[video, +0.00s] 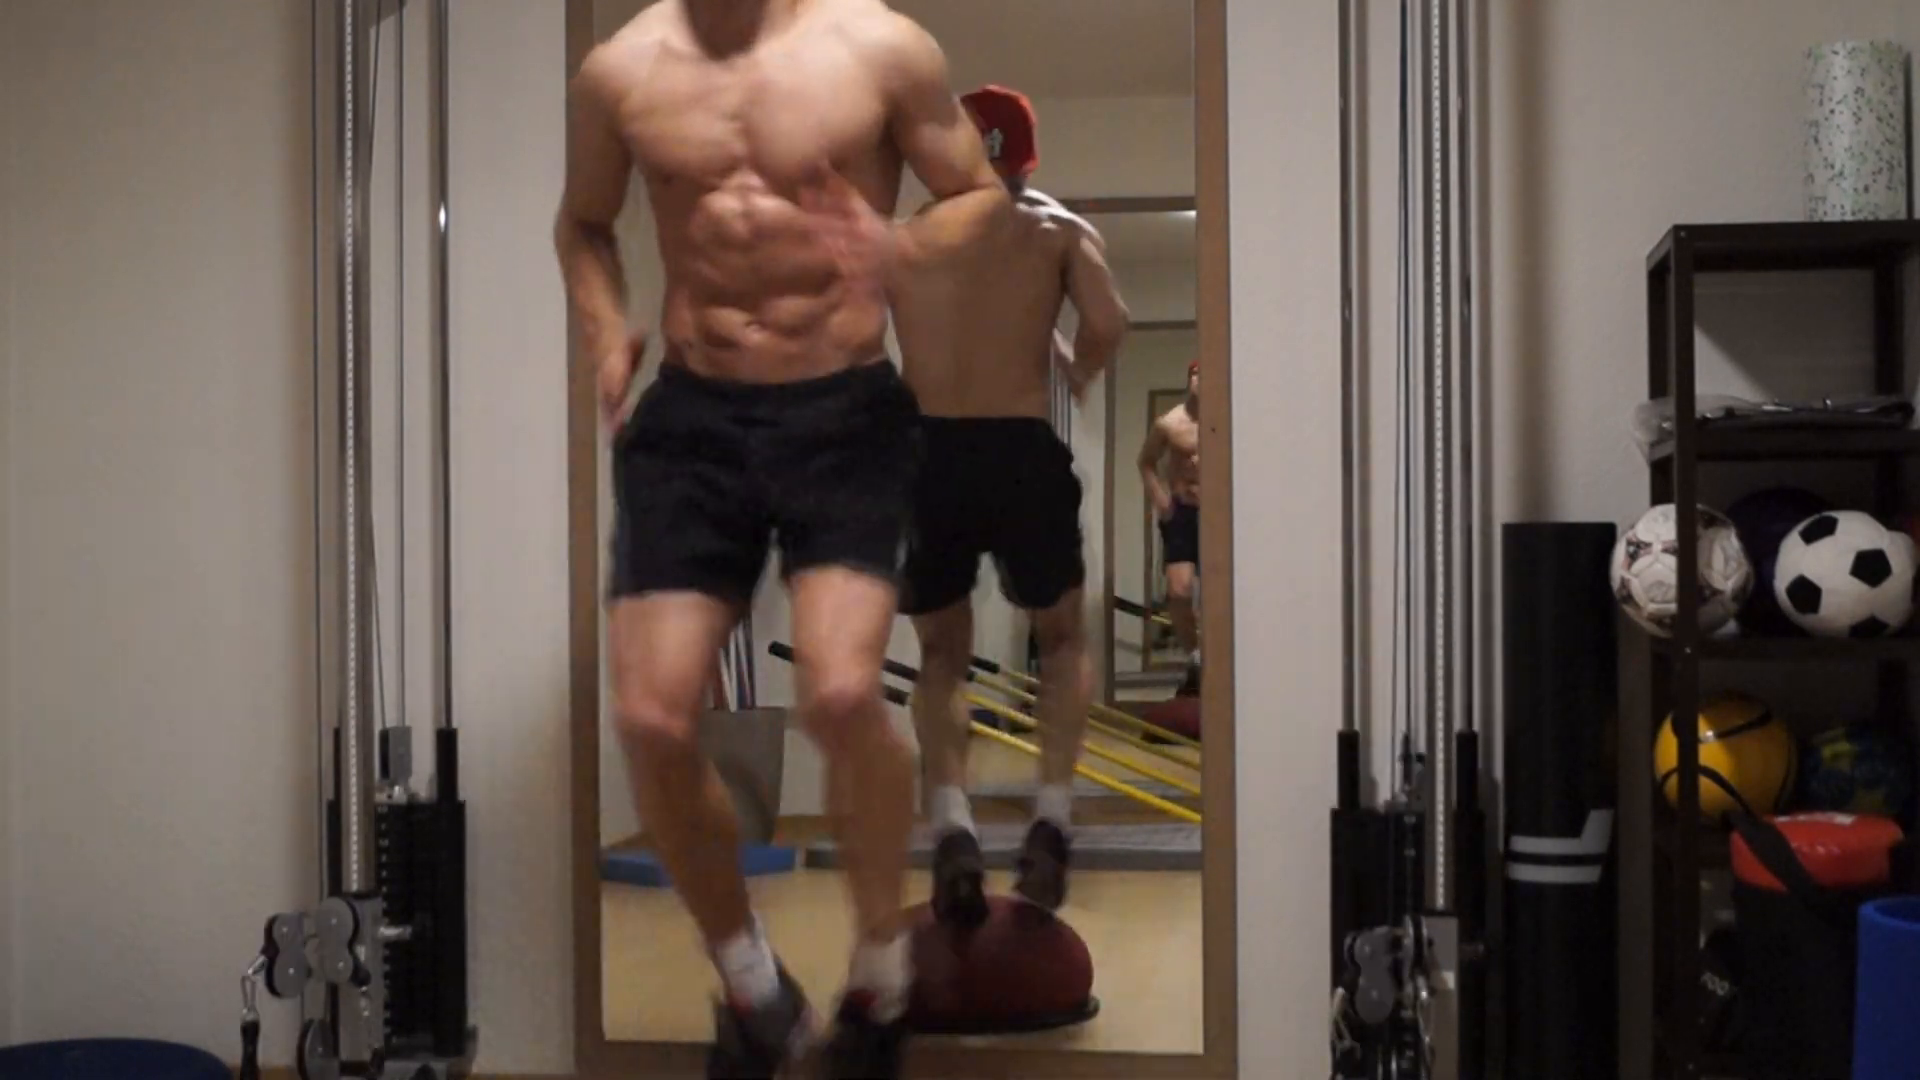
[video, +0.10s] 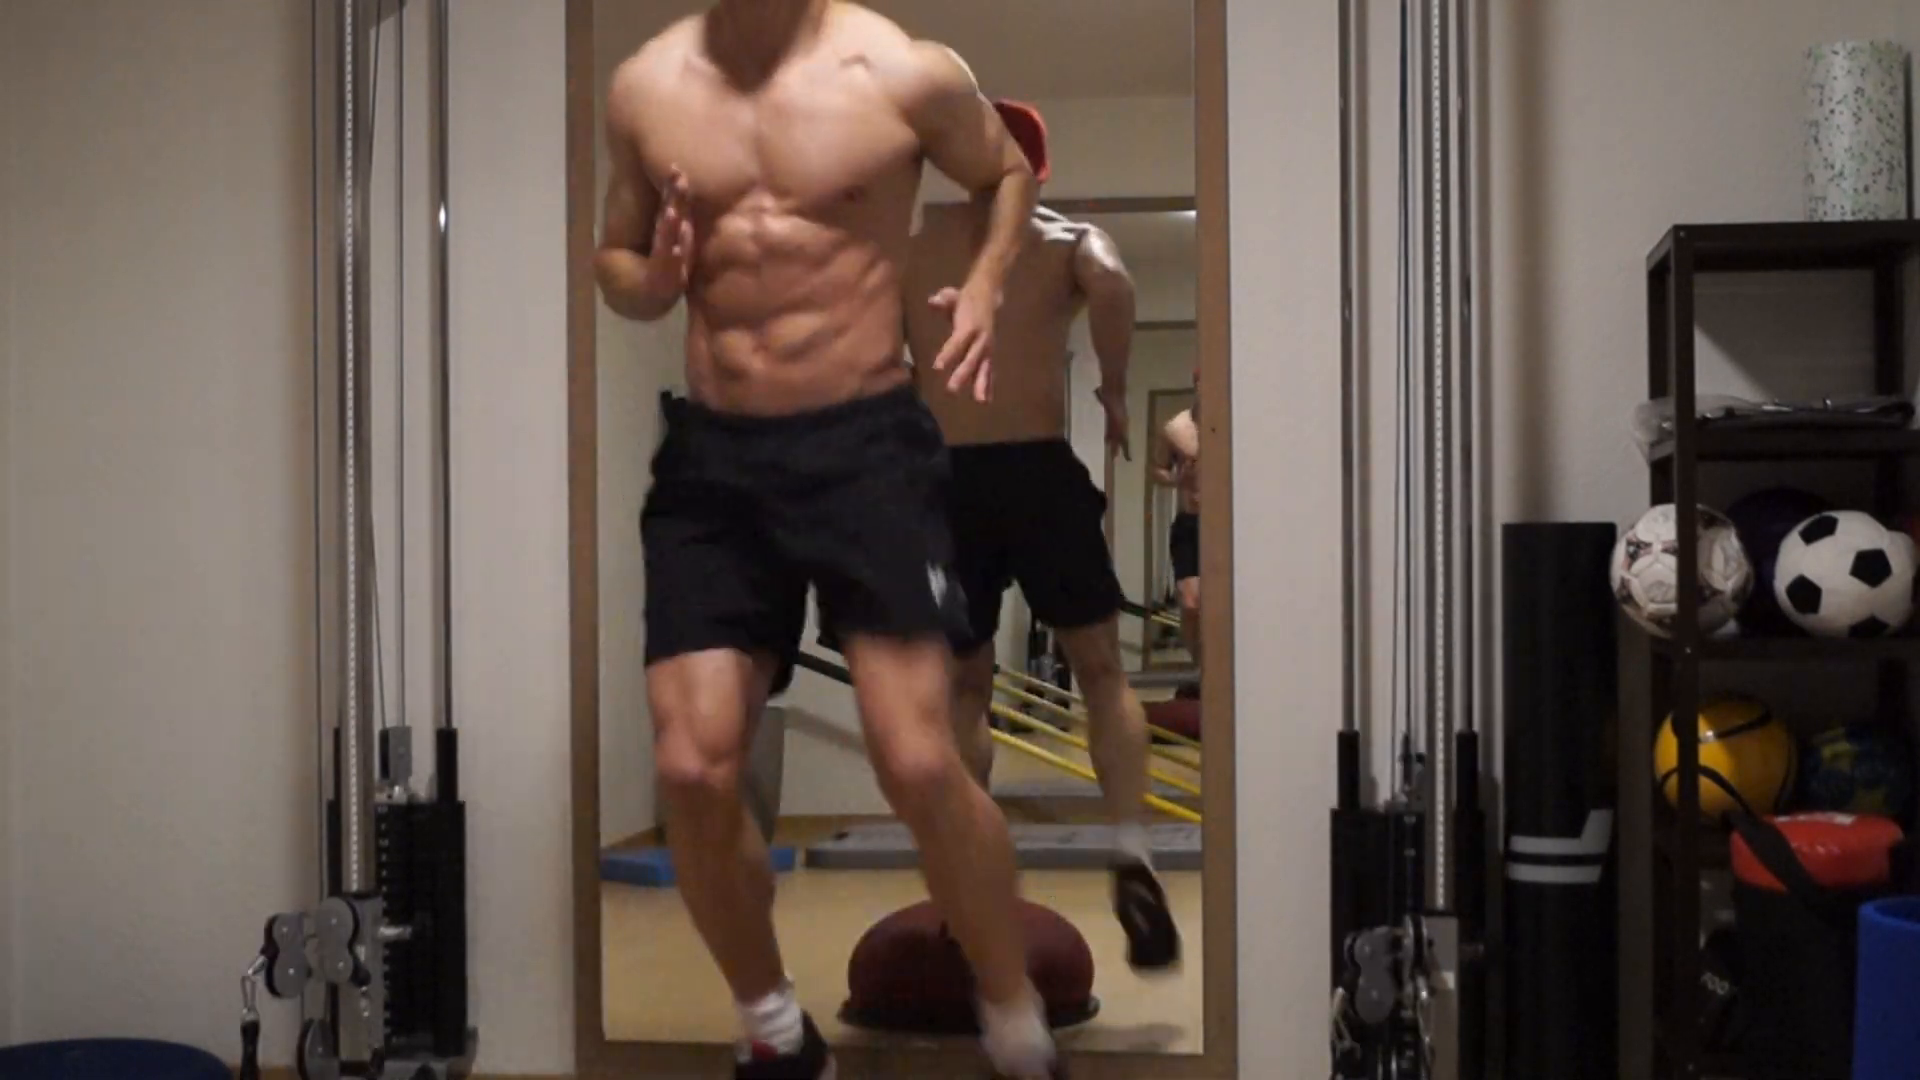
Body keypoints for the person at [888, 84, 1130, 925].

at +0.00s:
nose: (1028, 174)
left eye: (972, 154)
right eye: (1029, 162)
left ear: (958, 158)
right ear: (1029, 162)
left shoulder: (908, 237)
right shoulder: (1060, 231)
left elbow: (881, 330)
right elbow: (1106, 324)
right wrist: (1077, 373)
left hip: (931, 460)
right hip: (1027, 462)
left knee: (941, 654)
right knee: (1060, 640)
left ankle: (950, 825)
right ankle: (1053, 816)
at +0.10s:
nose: (1016, 175)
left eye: (1006, 156)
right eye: (1022, 159)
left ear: (962, 167)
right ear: (1038, 169)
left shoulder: (913, 242)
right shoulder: (1067, 237)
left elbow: (865, 328)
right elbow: (1112, 286)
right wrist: (1114, 395)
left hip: (946, 482)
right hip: (1043, 478)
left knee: (963, 691)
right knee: (1103, 677)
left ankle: (957, 873)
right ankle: (1132, 850)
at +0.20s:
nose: (1016, 196)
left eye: (999, 180)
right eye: (1030, 183)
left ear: (980, 192)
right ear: (1050, 196)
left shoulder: (934, 268)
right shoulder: (1087, 275)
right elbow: (1134, 372)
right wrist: (1114, 444)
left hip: (951, 517)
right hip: (1059, 514)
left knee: (945, 748)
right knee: (1120, 739)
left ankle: (958, 938)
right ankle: (1158, 937)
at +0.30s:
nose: (1039, 253)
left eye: (1019, 241)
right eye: (1045, 239)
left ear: (986, 242)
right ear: (1058, 242)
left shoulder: (949, 316)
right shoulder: (1096, 324)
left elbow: (904, 429)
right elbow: (1148, 449)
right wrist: (1082, 423)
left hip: (961, 549)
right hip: (1068, 551)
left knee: (943, 770)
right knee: (1119, 765)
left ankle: (953, 951)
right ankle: (1161, 964)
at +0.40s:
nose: (1021, 223)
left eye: (1002, 205)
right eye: (1031, 209)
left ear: (968, 205)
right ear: (1039, 211)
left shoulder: (925, 278)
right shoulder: (1069, 287)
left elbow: (869, 371)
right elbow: (1126, 395)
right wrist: (1077, 431)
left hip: (942, 504)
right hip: (1041, 506)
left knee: (947, 709)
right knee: (1096, 706)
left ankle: (959, 895)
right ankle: (1130, 876)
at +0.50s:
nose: (1006, 195)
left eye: (973, 182)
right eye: (1012, 186)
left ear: (949, 185)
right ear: (1018, 191)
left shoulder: (896, 264)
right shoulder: (1052, 262)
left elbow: (839, 341)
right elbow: (1091, 325)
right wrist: (1088, 420)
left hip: (912, 480)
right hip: (1010, 479)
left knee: (902, 650)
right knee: (1046, 646)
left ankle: (915, 794)